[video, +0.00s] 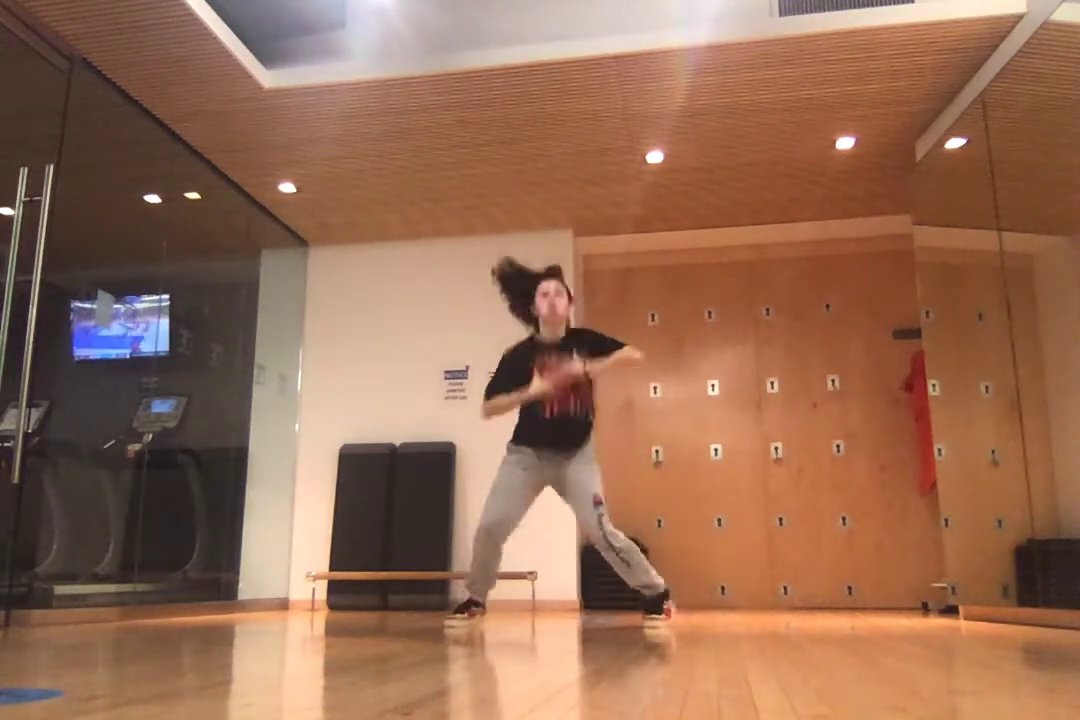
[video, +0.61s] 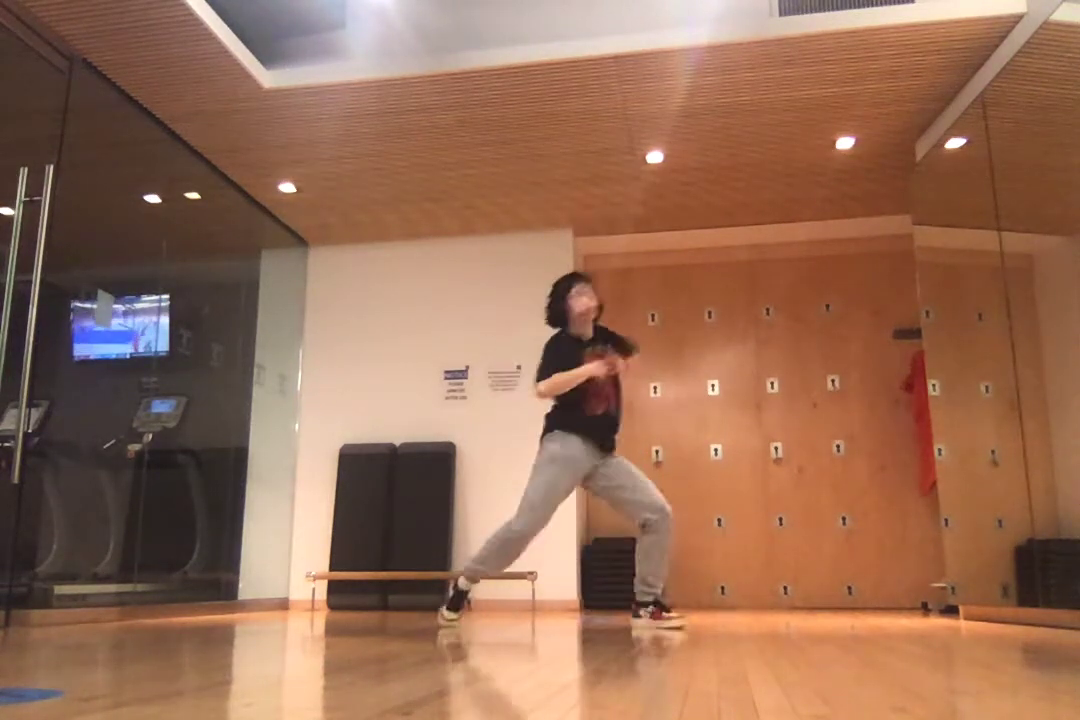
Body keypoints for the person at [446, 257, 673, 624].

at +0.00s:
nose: (553, 301)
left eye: (559, 294)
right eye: (545, 295)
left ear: (570, 305)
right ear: (532, 307)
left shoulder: (583, 342)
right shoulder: (521, 354)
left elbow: (634, 355)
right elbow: (489, 408)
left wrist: (587, 368)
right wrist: (531, 392)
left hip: (576, 455)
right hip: (526, 456)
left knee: (599, 531)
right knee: (490, 527)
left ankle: (656, 594)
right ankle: (475, 599)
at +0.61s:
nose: (585, 300)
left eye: (588, 293)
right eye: (576, 295)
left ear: (597, 301)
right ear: (563, 306)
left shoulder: (607, 340)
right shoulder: (560, 343)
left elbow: (632, 353)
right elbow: (544, 388)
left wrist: (620, 362)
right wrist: (588, 370)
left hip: (602, 452)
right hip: (566, 444)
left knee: (656, 514)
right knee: (526, 525)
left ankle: (647, 603)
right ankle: (463, 584)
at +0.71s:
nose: (610, 294)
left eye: (608, 288)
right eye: (603, 288)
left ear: (594, 296)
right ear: (584, 294)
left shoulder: (601, 337)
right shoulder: (576, 332)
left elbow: (585, 383)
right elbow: (553, 385)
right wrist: (601, 364)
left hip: (611, 447)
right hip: (573, 441)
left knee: (659, 514)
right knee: (526, 516)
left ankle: (650, 604)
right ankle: (468, 582)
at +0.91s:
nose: (609, 306)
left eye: (608, 299)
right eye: (604, 299)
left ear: (584, 300)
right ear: (587, 301)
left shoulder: (593, 337)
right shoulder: (562, 331)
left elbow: (589, 383)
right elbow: (541, 372)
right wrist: (589, 351)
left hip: (598, 450)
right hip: (562, 444)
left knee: (635, 513)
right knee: (539, 531)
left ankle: (648, 603)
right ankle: (474, 587)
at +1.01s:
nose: (600, 326)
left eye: (605, 320)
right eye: (600, 317)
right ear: (584, 307)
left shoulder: (580, 343)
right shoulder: (552, 328)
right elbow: (521, 343)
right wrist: (559, 312)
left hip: (553, 445)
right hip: (518, 438)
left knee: (593, 504)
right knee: (520, 529)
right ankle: (468, 590)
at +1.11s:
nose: (602, 348)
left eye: (606, 343)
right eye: (603, 340)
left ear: (591, 325)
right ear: (590, 327)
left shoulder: (572, 347)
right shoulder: (549, 328)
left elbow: (582, 317)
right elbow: (516, 306)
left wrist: (572, 295)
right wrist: (553, 286)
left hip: (531, 449)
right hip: (494, 442)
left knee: (551, 517)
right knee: (504, 526)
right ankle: (454, 584)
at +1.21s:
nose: (577, 341)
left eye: (581, 336)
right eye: (573, 333)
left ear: (581, 333)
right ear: (559, 322)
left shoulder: (561, 348)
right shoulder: (532, 333)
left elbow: (583, 319)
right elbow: (541, 286)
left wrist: (593, 288)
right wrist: (575, 266)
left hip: (519, 454)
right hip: (482, 446)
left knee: (548, 520)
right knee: (465, 530)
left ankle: (522, 603)